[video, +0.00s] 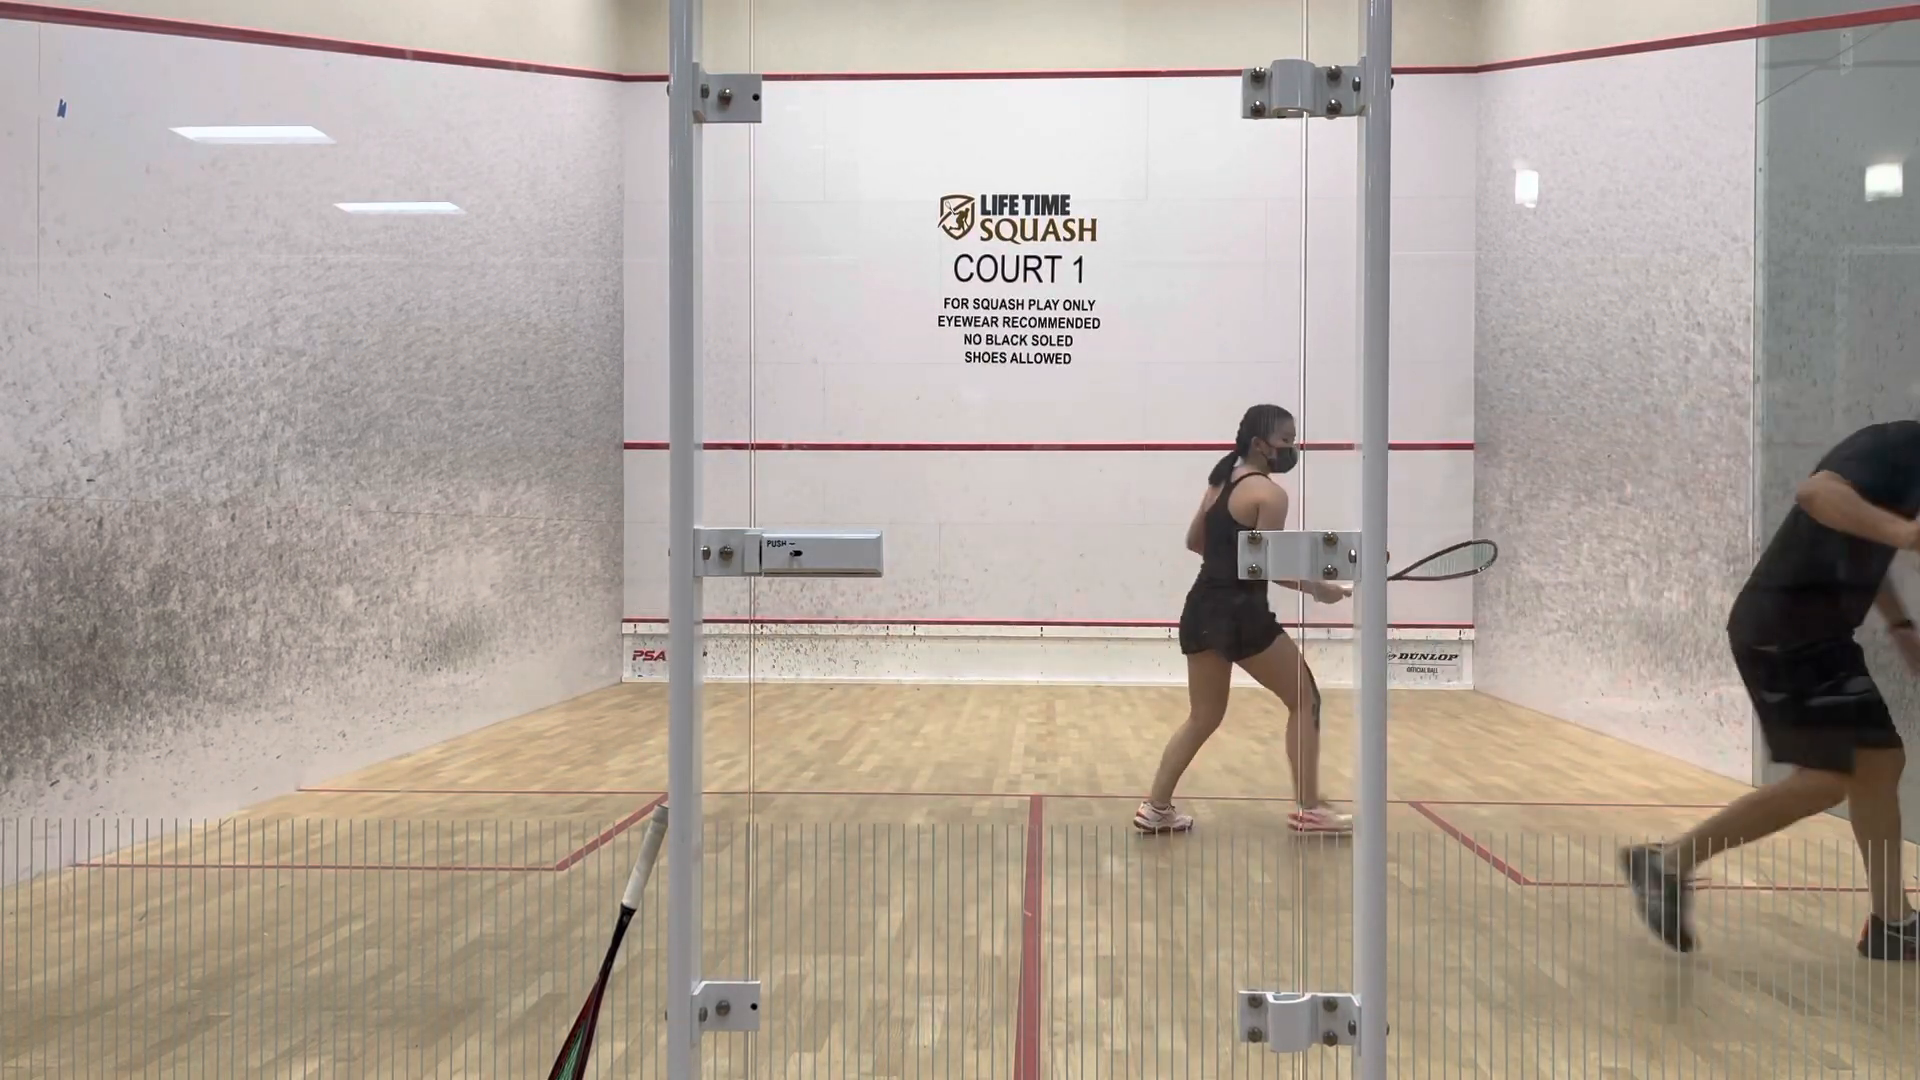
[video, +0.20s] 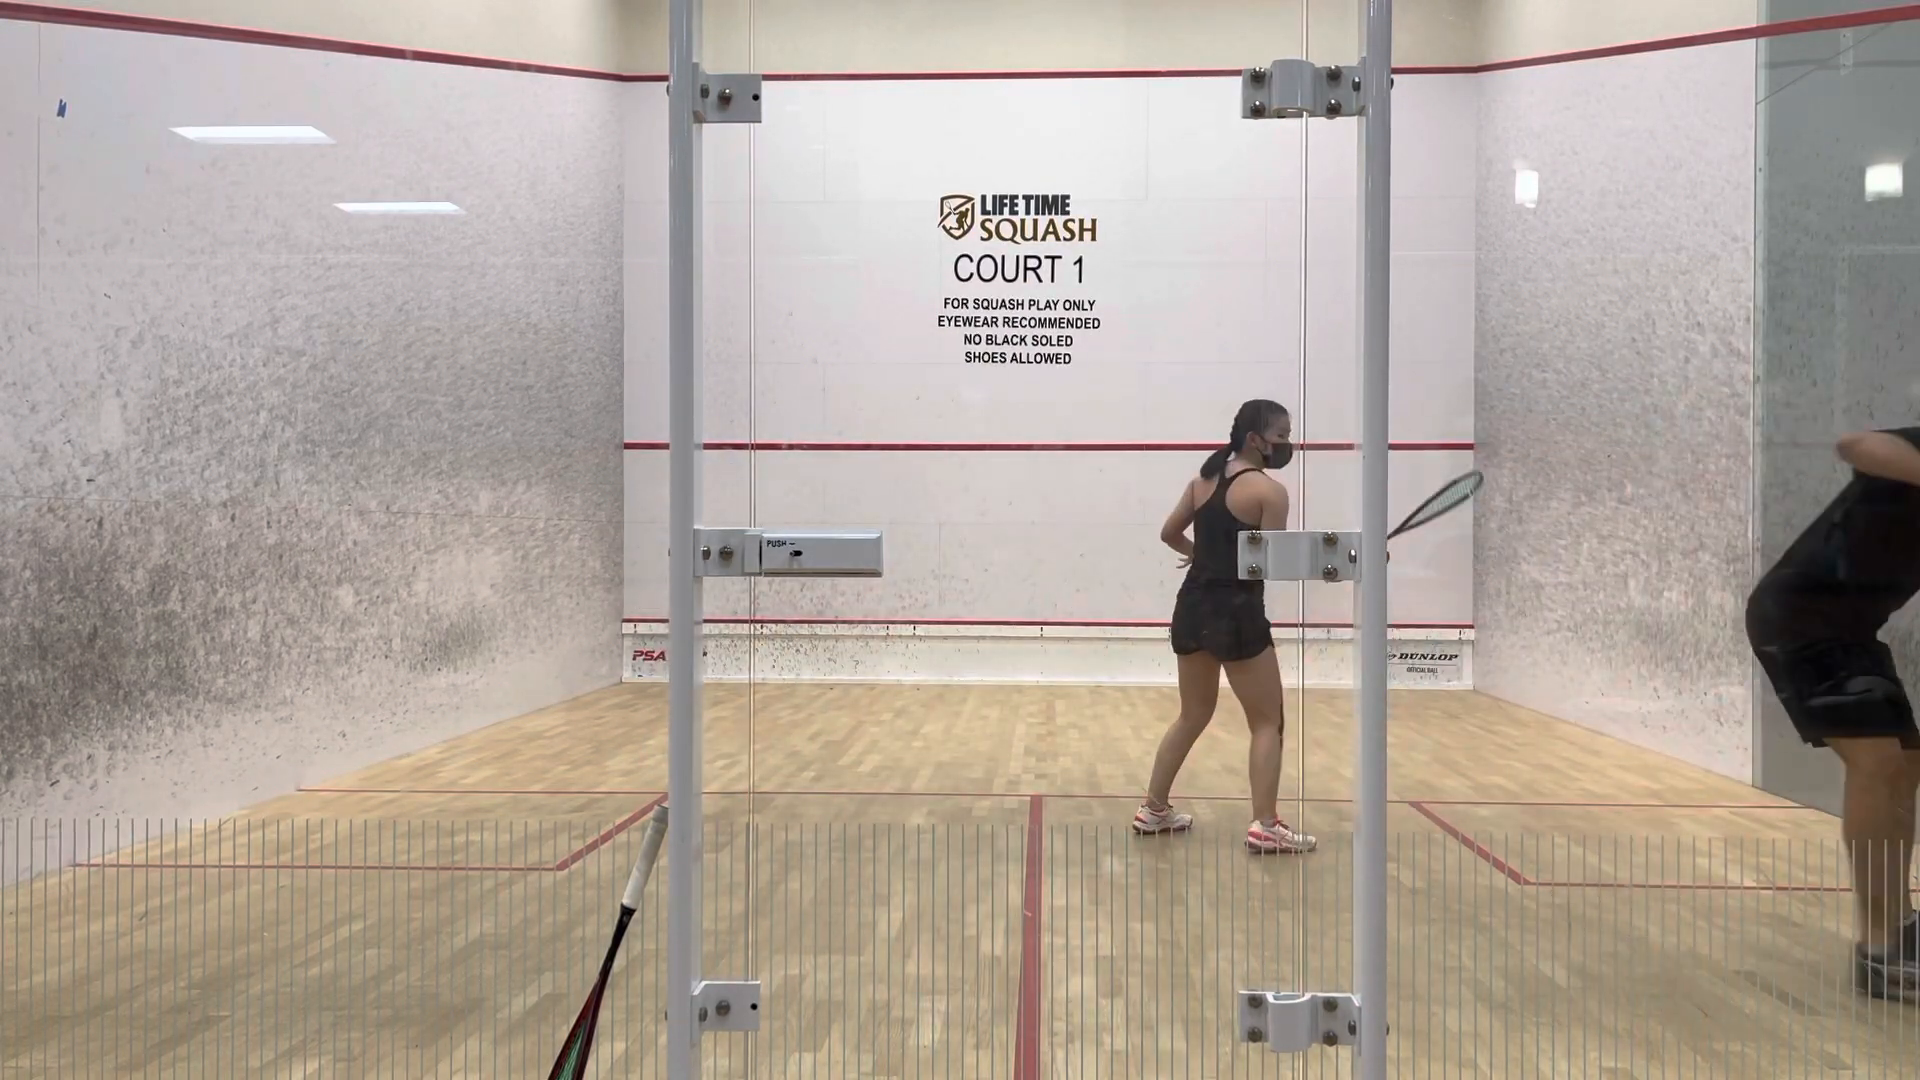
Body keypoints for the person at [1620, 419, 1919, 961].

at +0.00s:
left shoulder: (1908, 469)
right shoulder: (1896, 444)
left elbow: (1867, 552)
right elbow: (1817, 492)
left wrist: (1901, 626)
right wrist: (1899, 532)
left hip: (1826, 630)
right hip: (1776, 628)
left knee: (1880, 759)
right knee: (1826, 779)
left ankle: (1892, 919)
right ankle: (1668, 861)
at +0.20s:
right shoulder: (1912, 447)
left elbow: (1854, 444)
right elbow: (1853, 444)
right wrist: (1913, 471)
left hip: (1848, 619)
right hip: (1799, 611)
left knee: (1904, 759)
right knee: (1876, 758)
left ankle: (1894, 928)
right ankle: (1876, 946)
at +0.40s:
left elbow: (1897, 501)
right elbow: (1899, 502)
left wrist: (1814, 548)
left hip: (1844, 637)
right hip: (1815, 633)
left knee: (1905, 765)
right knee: (1907, 761)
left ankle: (1894, 919)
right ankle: (1900, 924)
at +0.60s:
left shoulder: (1915, 459)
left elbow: (1826, 482)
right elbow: (1828, 483)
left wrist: (1770, 560)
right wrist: (1772, 561)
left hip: (1770, 629)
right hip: (1839, 643)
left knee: (1834, 751)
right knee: (1910, 755)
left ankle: (1873, 899)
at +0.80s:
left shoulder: (1868, 418)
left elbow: (1756, 466)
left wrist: (1723, 555)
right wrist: (1772, 498)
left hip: (1762, 627)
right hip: (1858, 643)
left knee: (1774, 756)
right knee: (1919, 772)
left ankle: (1710, 909)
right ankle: (1919, 975)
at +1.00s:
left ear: (1754, 344)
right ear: (1819, 359)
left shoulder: (1696, 403)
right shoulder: (1848, 440)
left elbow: (1622, 484)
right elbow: (1856, 564)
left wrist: (1617, 561)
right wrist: (1786, 564)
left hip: (1692, 639)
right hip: (1798, 648)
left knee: (1669, 802)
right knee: (1867, 811)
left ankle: (1672, 973)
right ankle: (1917, 964)